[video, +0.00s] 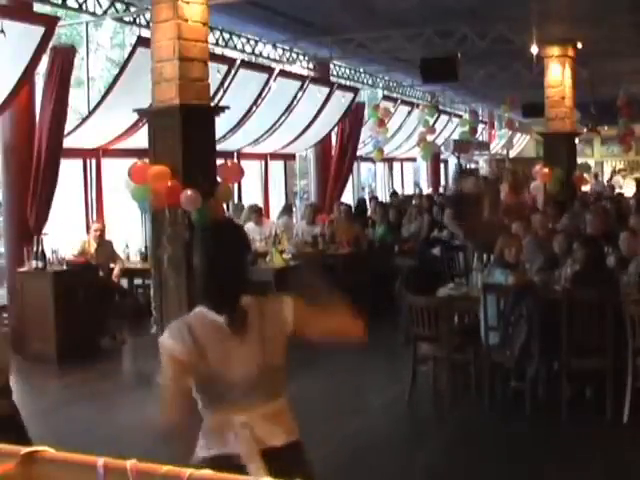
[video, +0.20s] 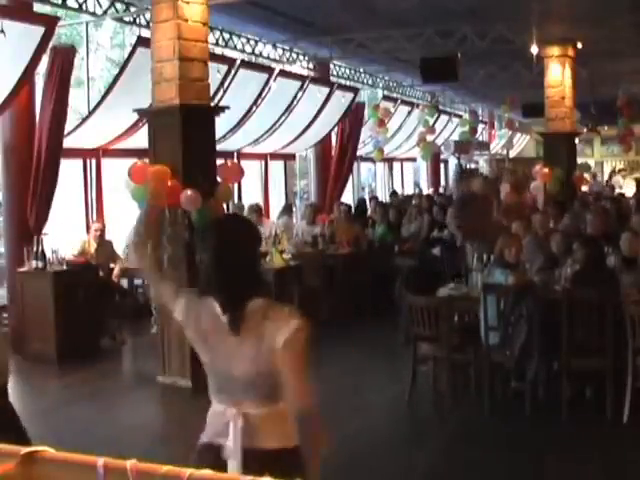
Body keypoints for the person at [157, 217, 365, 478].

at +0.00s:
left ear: (195, 266)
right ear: (245, 261)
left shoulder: (180, 336)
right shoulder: (279, 311)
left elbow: (174, 420)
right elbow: (354, 329)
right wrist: (315, 281)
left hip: (219, 461)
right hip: (282, 454)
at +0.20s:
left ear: (206, 260)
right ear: (254, 258)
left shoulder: (195, 315)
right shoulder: (284, 324)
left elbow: (149, 270)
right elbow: (301, 404)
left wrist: (154, 201)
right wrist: (313, 464)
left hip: (216, 451)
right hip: (274, 453)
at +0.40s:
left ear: (211, 260)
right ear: (261, 262)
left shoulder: (196, 305)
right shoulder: (271, 341)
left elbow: (162, 281)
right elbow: (247, 418)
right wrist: (278, 469)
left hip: (209, 449)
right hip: (254, 459)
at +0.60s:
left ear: (199, 264)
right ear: (247, 266)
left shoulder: (176, 328)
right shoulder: (268, 339)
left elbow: (175, 410)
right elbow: (265, 419)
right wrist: (295, 416)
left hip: (194, 461)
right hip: (247, 465)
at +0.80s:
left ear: (188, 256)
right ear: (234, 255)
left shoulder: (171, 321)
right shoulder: (258, 304)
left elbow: (131, 382)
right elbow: (308, 251)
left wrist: (148, 436)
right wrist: (300, 207)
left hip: (192, 449)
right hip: (250, 451)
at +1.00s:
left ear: (181, 264)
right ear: (231, 259)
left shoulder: (167, 330)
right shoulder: (259, 305)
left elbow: (141, 398)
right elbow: (284, 220)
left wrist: (143, 447)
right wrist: (258, 157)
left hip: (196, 453)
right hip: (257, 455)